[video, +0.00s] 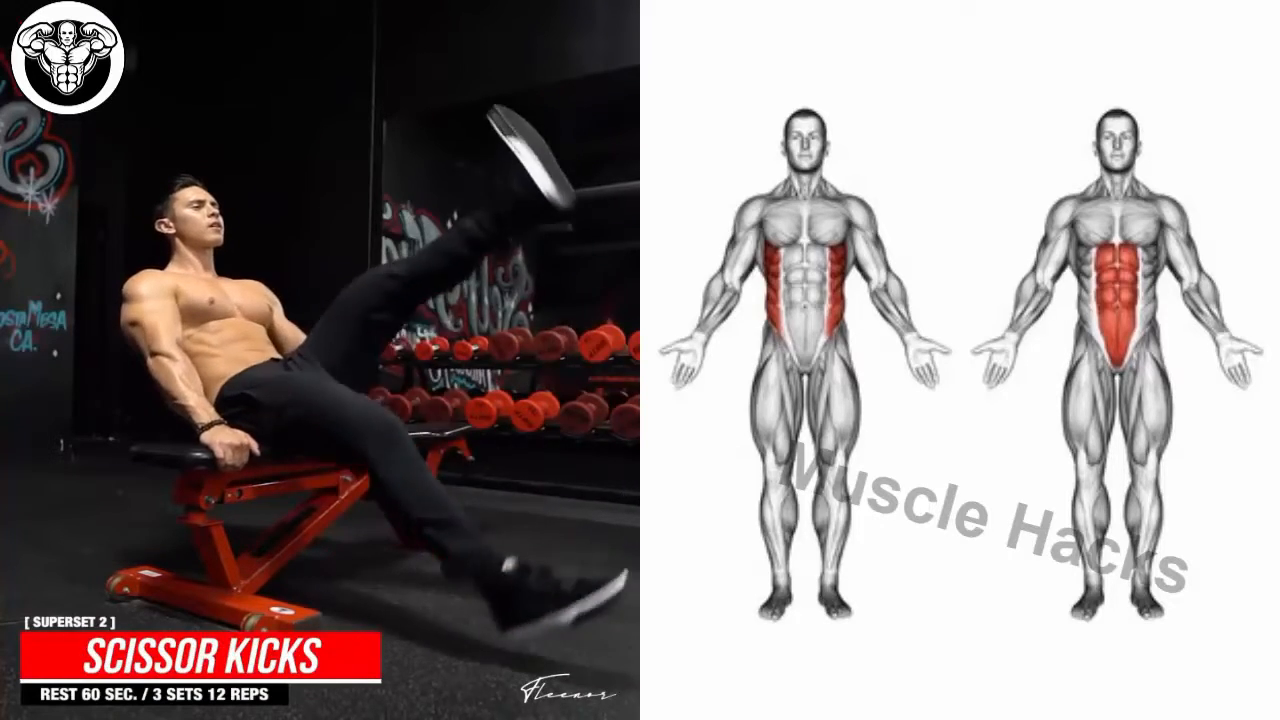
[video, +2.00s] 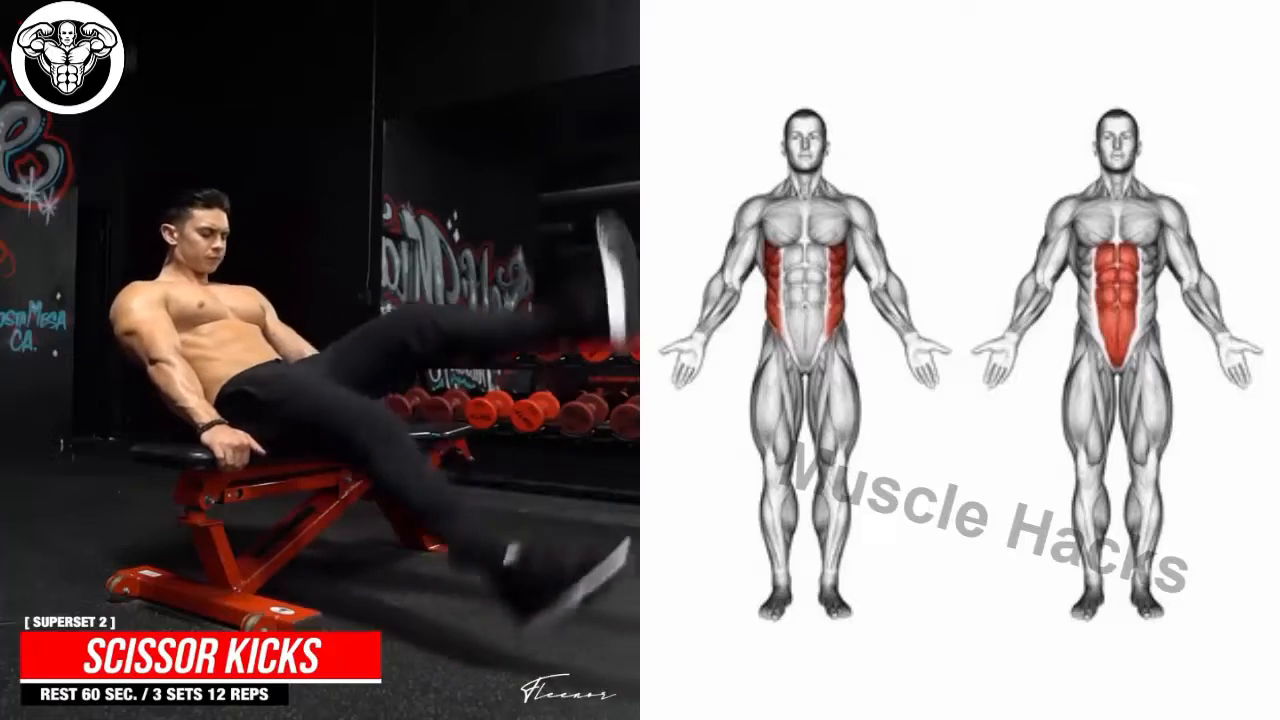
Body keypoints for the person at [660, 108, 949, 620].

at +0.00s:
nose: (804, 145)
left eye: (812, 138)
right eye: (797, 138)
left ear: (825, 145)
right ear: (785, 145)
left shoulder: (852, 211)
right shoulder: (758, 211)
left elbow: (881, 281)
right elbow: (729, 281)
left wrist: (910, 336)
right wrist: (700, 336)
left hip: (832, 355)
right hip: (777, 355)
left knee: (834, 467)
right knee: (777, 469)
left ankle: (830, 584)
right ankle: (780, 584)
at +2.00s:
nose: (804, 145)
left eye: (812, 138)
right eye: (797, 138)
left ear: (825, 145)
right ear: (785, 146)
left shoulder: (851, 211)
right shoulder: (758, 211)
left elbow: (881, 281)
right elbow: (729, 281)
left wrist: (909, 336)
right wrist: (700, 336)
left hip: (832, 356)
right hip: (777, 355)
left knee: (834, 468)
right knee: (777, 469)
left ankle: (829, 584)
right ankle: (780, 585)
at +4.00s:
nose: (804, 145)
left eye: (812, 138)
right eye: (797, 138)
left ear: (825, 145)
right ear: (785, 146)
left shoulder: (851, 211)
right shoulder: (758, 211)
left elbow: (881, 281)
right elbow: (729, 281)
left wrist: (909, 336)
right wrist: (700, 336)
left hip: (832, 355)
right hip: (778, 355)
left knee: (834, 468)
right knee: (777, 469)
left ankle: (829, 584)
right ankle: (780, 585)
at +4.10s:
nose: (805, 145)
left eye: (812, 138)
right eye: (797, 138)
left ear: (825, 145)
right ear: (785, 145)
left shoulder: (851, 211)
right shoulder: (758, 211)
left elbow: (881, 281)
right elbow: (729, 281)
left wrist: (909, 336)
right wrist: (700, 336)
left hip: (832, 355)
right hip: (777, 355)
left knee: (834, 467)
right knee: (776, 469)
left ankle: (830, 584)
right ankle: (780, 585)